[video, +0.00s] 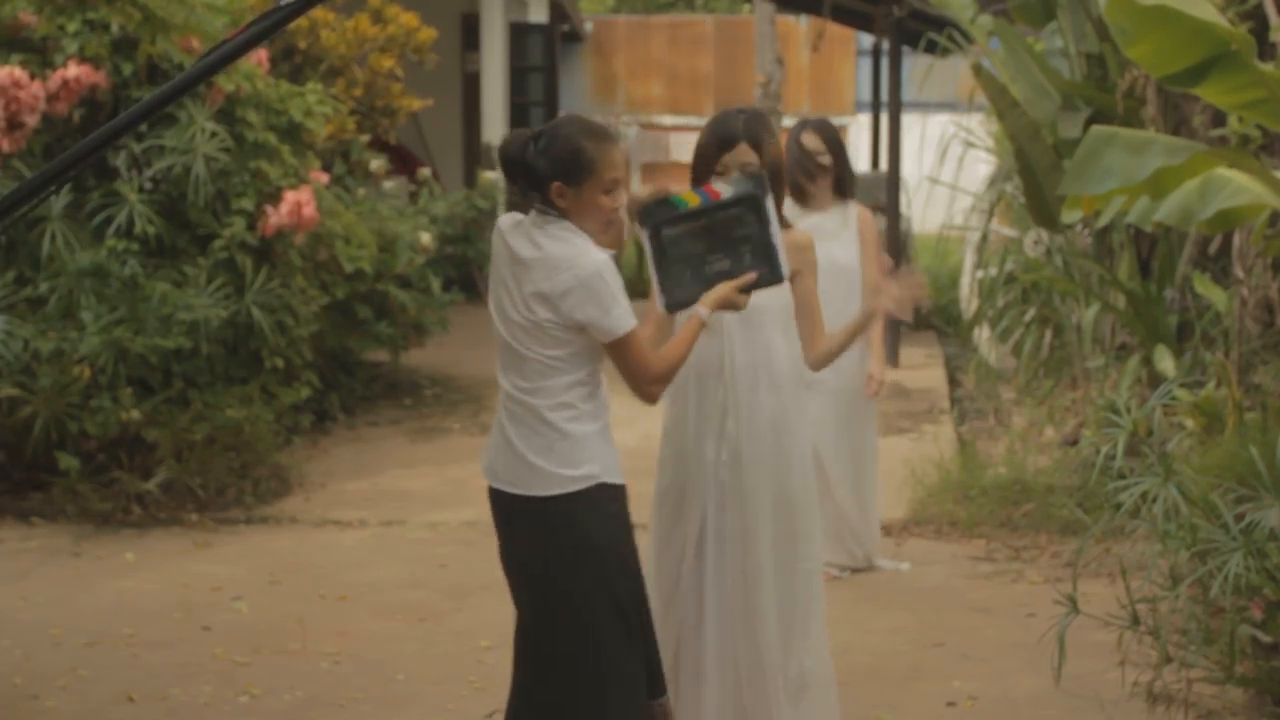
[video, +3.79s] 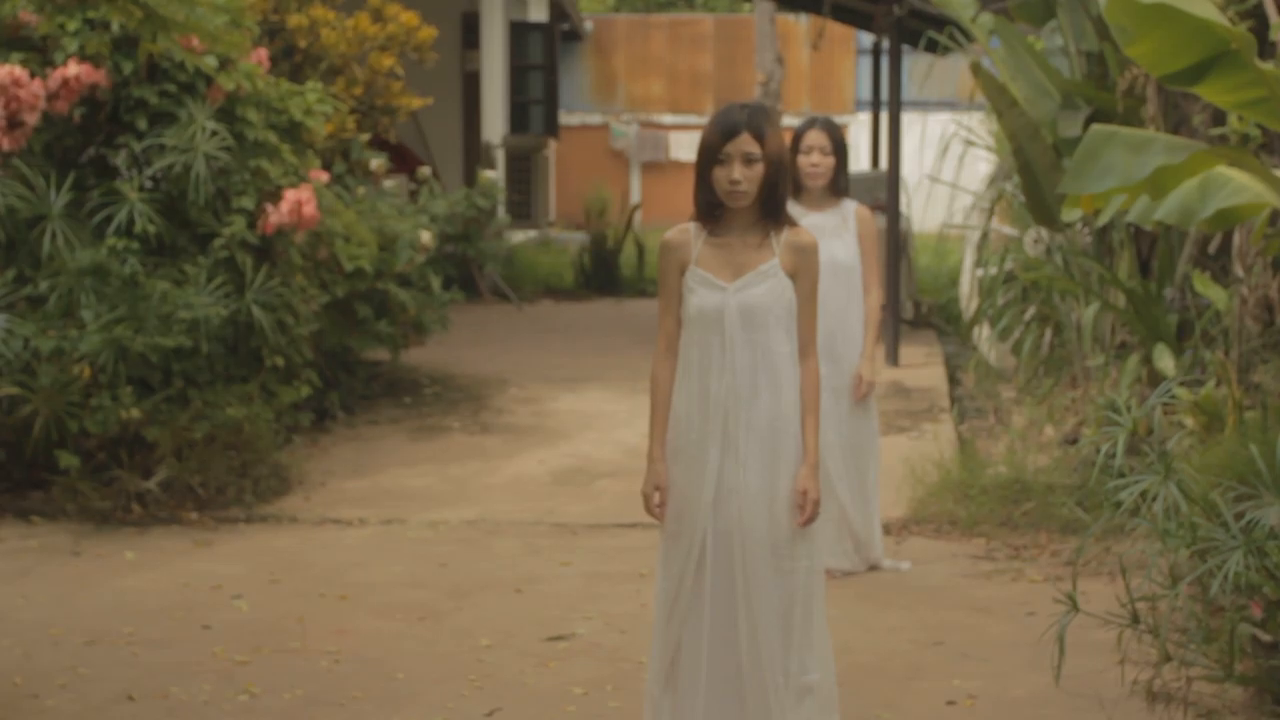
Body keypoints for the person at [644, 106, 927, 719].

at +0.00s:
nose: (737, 187)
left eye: (749, 173)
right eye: (724, 174)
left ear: (765, 175)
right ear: (700, 176)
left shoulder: (792, 244)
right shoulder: (682, 241)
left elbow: (818, 353)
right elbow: (650, 348)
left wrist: (872, 309)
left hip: (767, 419)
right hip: (701, 420)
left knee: (766, 570)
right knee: (697, 570)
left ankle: (767, 702)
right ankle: (698, 702)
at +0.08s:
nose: (735, 186)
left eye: (749, 172)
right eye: (722, 172)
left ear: (769, 175)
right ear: (703, 174)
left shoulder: (791, 244)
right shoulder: (679, 245)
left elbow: (823, 351)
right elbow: (654, 345)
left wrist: (895, 355)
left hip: (769, 423)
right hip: (699, 426)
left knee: (769, 576)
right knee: (696, 578)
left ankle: (770, 706)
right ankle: (698, 707)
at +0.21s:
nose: (735, 185)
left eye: (749, 171)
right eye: (723, 171)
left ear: (768, 176)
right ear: (705, 175)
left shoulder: (793, 246)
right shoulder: (677, 247)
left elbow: (830, 351)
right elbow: (652, 336)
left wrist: (896, 427)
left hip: (773, 444)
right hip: (698, 447)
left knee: (774, 602)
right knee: (698, 602)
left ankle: (774, 709)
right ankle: (699, 710)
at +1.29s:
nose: (727, 197)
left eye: (741, 182)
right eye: (715, 183)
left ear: (763, 180)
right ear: (696, 180)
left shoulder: (789, 248)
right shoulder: (674, 249)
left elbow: (814, 359)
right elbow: (650, 352)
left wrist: (800, 456)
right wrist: (653, 449)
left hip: (768, 454)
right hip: (694, 456)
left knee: (768, 621)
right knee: (695, 620)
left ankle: (771, 713)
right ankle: (697, 714)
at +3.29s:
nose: (738, 174)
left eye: (751, 161)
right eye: (725, 161)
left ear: (771, 169)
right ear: (708, 168)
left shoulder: (797, 246)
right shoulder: (683, 245)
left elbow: (808, 358)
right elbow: (666, 355)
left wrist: (810, 461)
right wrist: (657, 458)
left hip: (772, 448)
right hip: (701, 448)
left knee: (770, 602)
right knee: (702, 602)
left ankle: (770, 711)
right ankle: (703, 711)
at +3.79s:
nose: (736, 175)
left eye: (750, 162)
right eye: (724, 161)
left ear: (769, 169)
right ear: (707, 168)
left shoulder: (796, 247)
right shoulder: (682, 244)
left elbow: (807, 359)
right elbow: (665, 355)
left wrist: (810, 462)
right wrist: (656, 457)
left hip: (772, 449)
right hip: (699, 448)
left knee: (769, 606)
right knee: (700, 604)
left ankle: (769, 711)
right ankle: (701, 711)